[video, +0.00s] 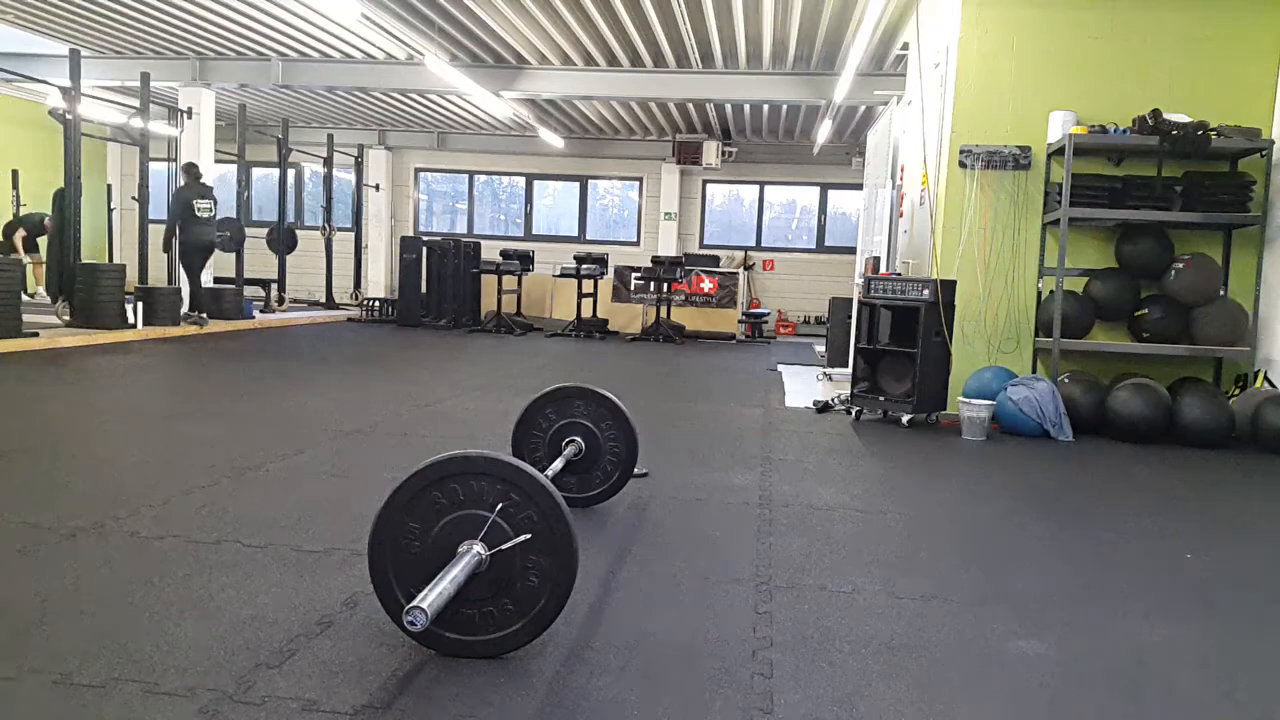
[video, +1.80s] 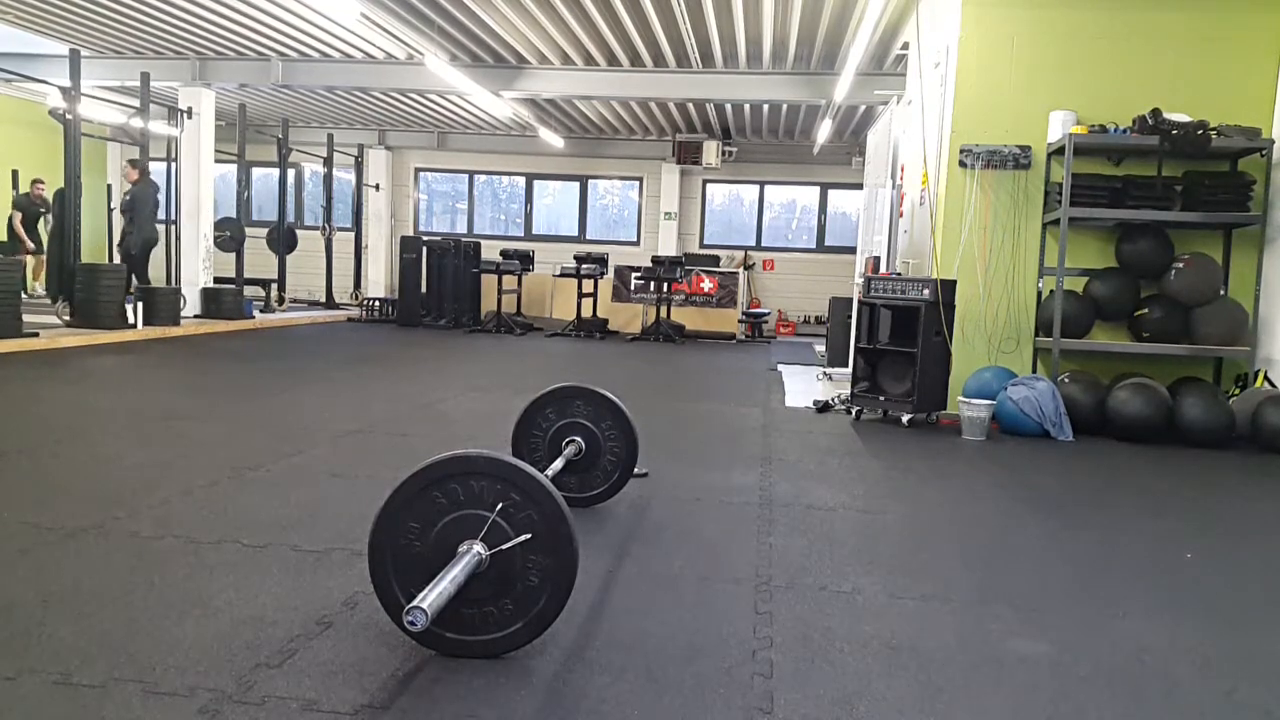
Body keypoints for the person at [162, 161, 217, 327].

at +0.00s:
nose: (182, 177)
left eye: (183, 174)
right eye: (184, 174)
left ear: (185, 174)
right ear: (198, 173)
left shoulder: (180, 193)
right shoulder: (209, 192)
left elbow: (172, 219)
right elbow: (213, 215)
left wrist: (167, 241)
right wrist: (210, 235)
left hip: (189, 240)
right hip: (209, 240)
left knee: (194, 277)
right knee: (195, 276)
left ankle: (202, 314)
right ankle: (191, 311)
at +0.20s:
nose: (177, 177)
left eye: (179, 174)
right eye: (178, 174)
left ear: (183, 174)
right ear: (194, 173)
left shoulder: (179, 191)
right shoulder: (204, 190)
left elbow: (173, 218)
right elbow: (203, 215)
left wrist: (169, 239)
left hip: (184, 237)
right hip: (202, 237)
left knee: (179, 272)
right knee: (190, 272)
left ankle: (193, 305)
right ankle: (191, 308)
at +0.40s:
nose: (171, 176)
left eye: (173, 173)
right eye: (171, 173)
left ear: (180, 173)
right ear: (186, 173)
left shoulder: (180, 190)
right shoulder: (196, 188)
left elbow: (174, 216)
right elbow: (198, 215)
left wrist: (164, 236)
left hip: (182, 235)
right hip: (198, 235)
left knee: (166, 270)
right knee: (187, 272)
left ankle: (172, 308)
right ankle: (191, 311)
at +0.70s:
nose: (159, 176)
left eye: (162, 173)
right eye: (160, 173)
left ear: (171, 174)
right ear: (172, 174)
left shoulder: (173, 191)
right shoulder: (182, 189)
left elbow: (170, 222)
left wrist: (161, 244)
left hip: (174, 237)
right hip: (185, 237)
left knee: (162, 272)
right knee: (183, 273)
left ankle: (162, 309)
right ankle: (190, 310)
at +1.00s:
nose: (148, 174)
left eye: (152, 171)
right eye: (149, 171)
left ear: (161, 173)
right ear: (160, 174)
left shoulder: (164, 191)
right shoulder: (163, 189)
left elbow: (162, 221)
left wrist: (151, 246)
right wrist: (146, 241)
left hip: (161, 238)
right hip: (166, 237)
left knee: (155, 277)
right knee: (168, 276)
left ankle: (157, 310)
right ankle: (185, 308)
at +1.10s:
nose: (144, 173)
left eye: (147, 170)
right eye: (144, 170)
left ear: (157, 172)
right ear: (155, 172)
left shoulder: (162, 190)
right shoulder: (152, 190)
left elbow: (159, 222)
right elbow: (146, 219)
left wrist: (147, 244)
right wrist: (138, 237)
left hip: (158, 240)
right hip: (149, 238)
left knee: (152, 278)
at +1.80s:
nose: (124, 173)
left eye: (127, 169)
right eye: (124, 169)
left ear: (137, 171)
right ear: (137, 172)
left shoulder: (141, 190)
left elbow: (142, 221)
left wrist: (134, 246)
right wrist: (123, 240)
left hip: (140, 234)